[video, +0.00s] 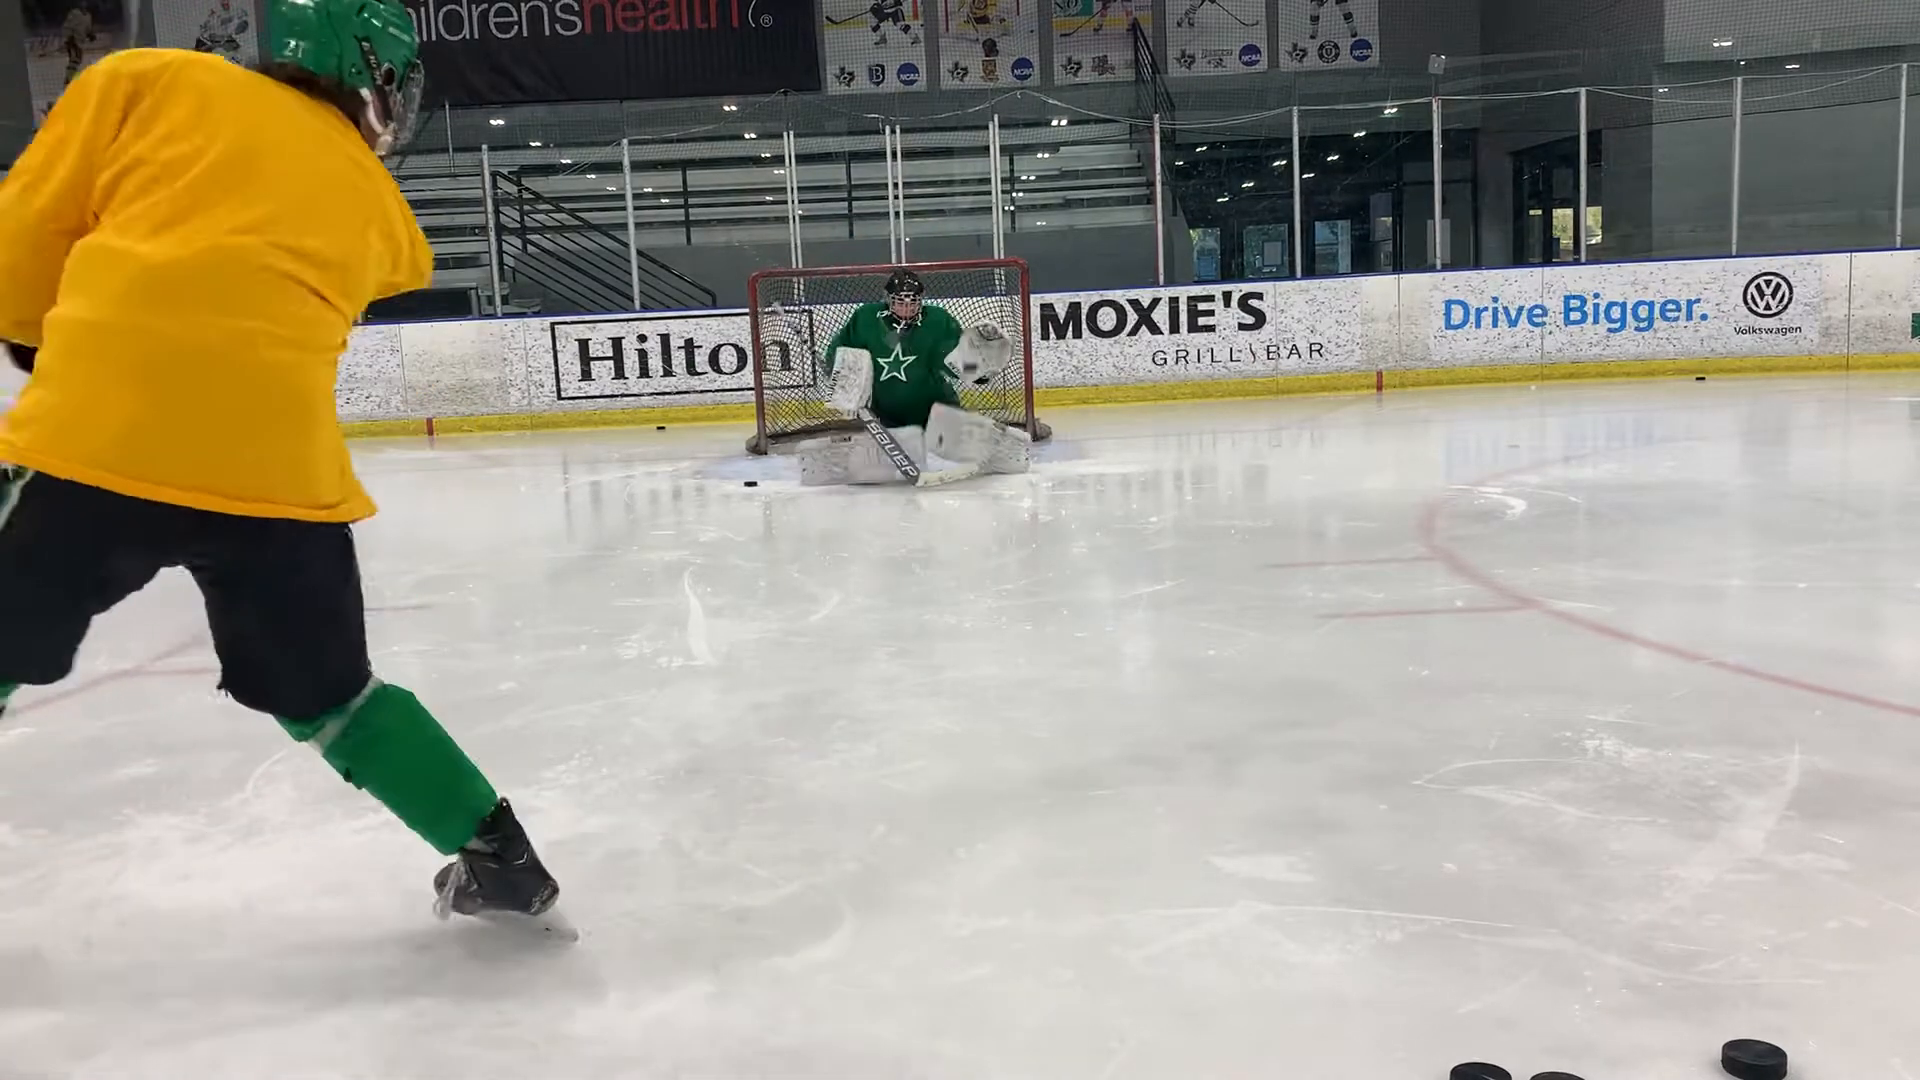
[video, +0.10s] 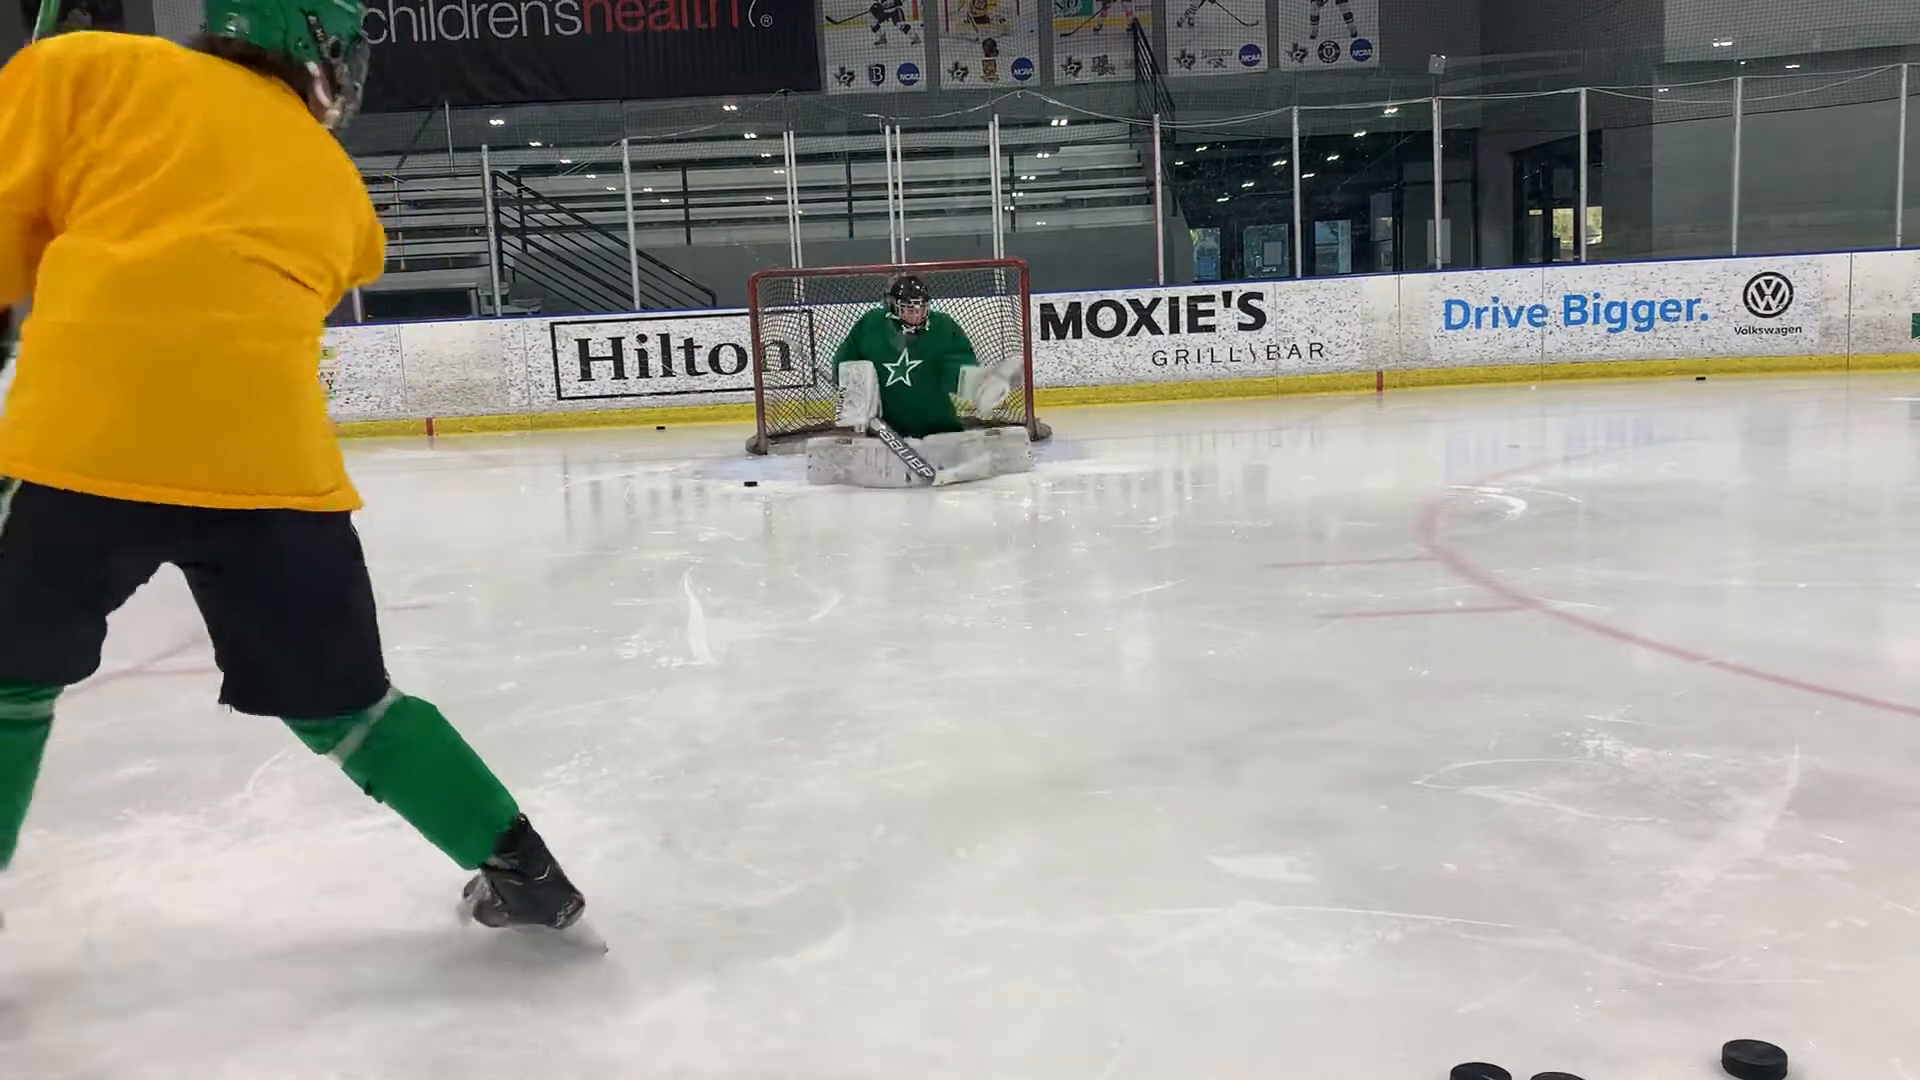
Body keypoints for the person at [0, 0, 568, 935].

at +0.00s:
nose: (394, 128)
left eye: (401, 107)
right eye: (396, 105)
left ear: (277, 53)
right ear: (367, 87)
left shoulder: (136, 80)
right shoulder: (373, 197)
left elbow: (17, 235)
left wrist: (46, 346)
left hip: (89, 449)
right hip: (277, 475)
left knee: (0, 666)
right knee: (333, 697)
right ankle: (500, 850)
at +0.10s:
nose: (343, 109)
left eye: (349, 88)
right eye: (343, 84)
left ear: (223, 33)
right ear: (313, 62)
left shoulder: (71, 66)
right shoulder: (334, 175)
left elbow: (1, 261)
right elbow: (333, 284)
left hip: (79, 453)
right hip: (270, 465)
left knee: (13, 701)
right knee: (348, 704)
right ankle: (521, 861)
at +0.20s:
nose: (247, 63)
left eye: (245, 45)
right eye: (240, 45)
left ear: (98, 11)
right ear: (210, 33)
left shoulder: (18, 54)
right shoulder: (261, 133)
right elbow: (265, 284)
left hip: (23, 436)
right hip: (217, 430)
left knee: (14, 716)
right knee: (378, 699)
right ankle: (528, 872)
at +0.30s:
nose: (182, 25)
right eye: (175, 21)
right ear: (138, 8)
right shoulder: (195, 81)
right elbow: (230, 294)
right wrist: (165, 386)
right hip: (158, 411)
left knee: (8, 713)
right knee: (333, 674)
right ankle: (460, 920)